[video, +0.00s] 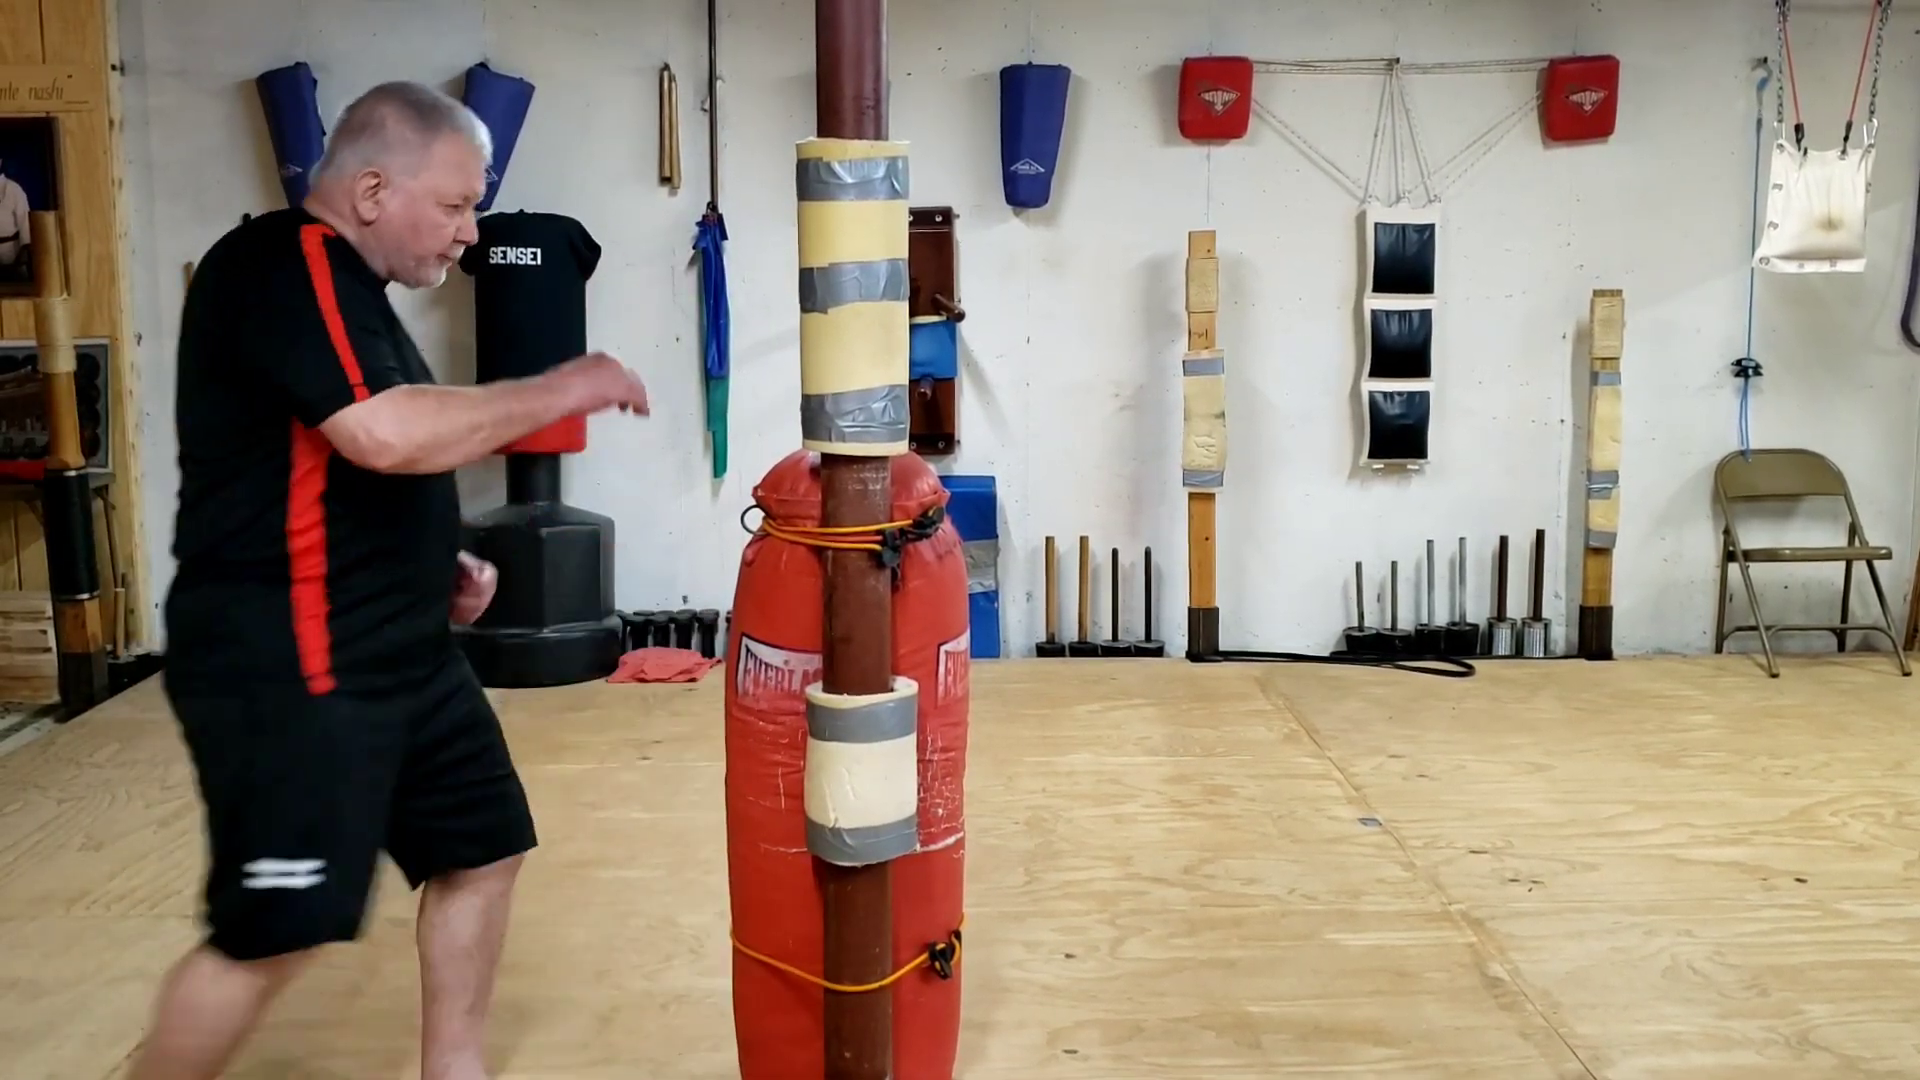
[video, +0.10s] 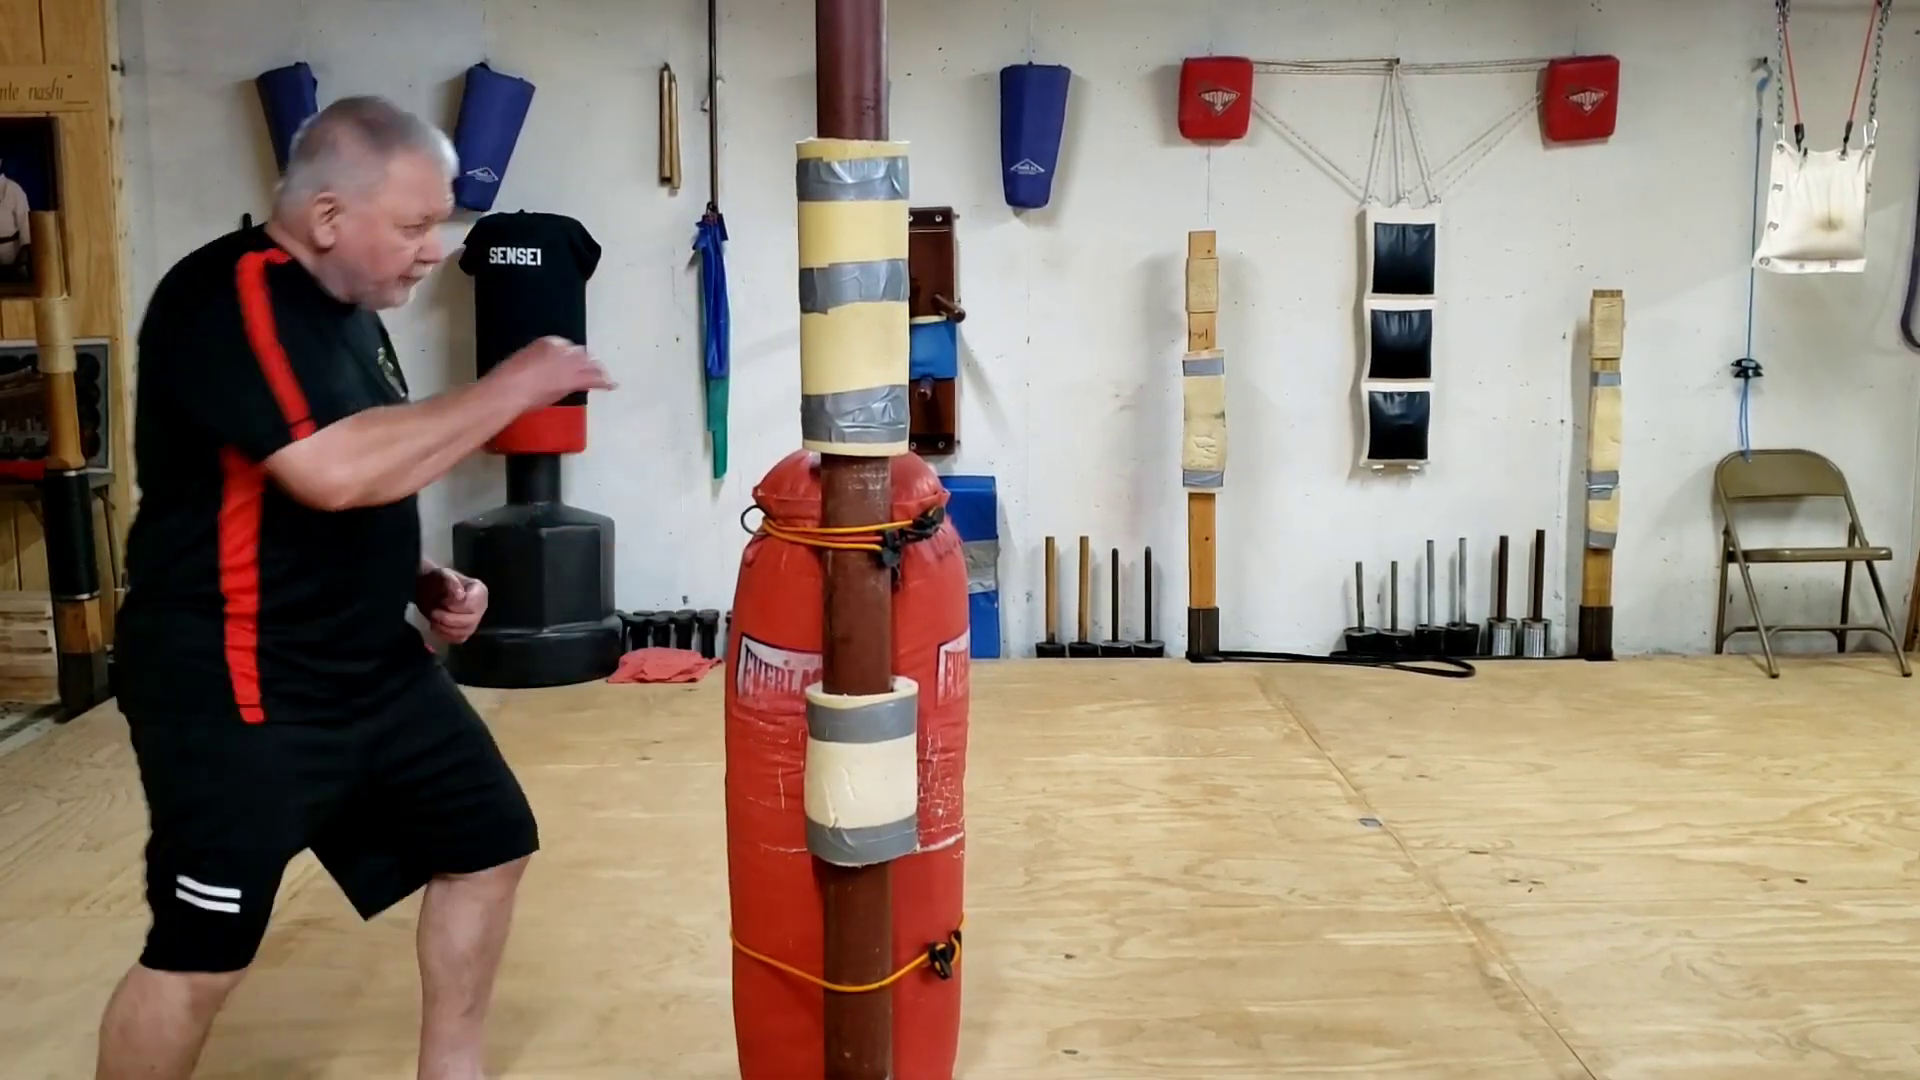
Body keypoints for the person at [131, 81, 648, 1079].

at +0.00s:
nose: (470, 234)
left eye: (472, 210)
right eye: (454, 206)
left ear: (374, 197)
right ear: (371, 193)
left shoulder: (343, 281)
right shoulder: (276, 263)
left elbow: (311, 480)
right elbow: (383, 433)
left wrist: (429, 563)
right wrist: (552, 393)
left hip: (398, 646)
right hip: (279, 658)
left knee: (481, 846)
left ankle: (453, 1069)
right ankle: (152, 1072)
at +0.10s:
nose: (432, 253)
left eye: (436, 230)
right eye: (415, 229)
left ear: (337, 222)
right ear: (329, 221)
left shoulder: (347, 310)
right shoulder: (224, 294)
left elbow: (326, 501)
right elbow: (328, 466)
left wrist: (420, 577)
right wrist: (506, 391)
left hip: (362, 658)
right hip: (228, 678)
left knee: (485, 844)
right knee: (201, 947)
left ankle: (450, 1069)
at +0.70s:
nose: (458, 231)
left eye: (461, 208)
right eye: (444, 206)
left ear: (369, 197)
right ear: (362, 193)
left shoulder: (353, 273)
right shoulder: (289, 268)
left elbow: (490, 338)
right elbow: (493, 351)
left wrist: (652, 286)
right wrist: (665, 279)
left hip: (413, 653)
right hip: (297, 673)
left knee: (505, 845)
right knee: (238, 934)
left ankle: (448, 1069)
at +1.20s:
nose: (495, 232)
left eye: (500, 209)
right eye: (487, 203)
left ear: (406, 189)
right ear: (409, 184)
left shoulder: (350, 265)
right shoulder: (336, 262)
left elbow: (408, 436)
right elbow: (380, 450)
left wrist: (512, 491)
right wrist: (572, 467)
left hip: (373, 608)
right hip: (375, 607)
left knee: (487, 845)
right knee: (586, 782)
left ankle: (459, 1071)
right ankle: (328, 988)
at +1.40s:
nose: (492, 258)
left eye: (493, 234)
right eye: (475, 231)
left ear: (393, 226)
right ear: (391, 224)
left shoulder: (367, 312)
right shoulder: (293, 297)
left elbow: (337, 506)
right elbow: (412, 467)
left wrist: (455, 585)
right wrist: (582, 408)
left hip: (410, 671)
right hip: (287, 685)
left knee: (512, 861)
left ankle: (467, 1074)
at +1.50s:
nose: (460, 280)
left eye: (465, 254)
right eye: (440, 255)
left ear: (359, 250)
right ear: (351, 248)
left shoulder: (382, 330)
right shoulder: (244, 322)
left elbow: (384, 499)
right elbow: (323, 511)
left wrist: (469, 542)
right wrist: (523, 457)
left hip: (398, 683)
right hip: (263, 708)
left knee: (509, 870)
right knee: (209, 980)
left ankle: (467, 1075)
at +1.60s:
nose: (441, 267)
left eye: (445, 241)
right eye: (421, 245)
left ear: (341, 239)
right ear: (330, 238)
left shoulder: (399, 319)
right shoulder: (213, 316)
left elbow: (448, 473)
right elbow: (176, 528)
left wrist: (507, 435)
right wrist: (399, 541)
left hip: (388, 674)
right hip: (241, 695)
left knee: (495, 867)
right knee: (207, 963)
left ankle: (465, 1074)